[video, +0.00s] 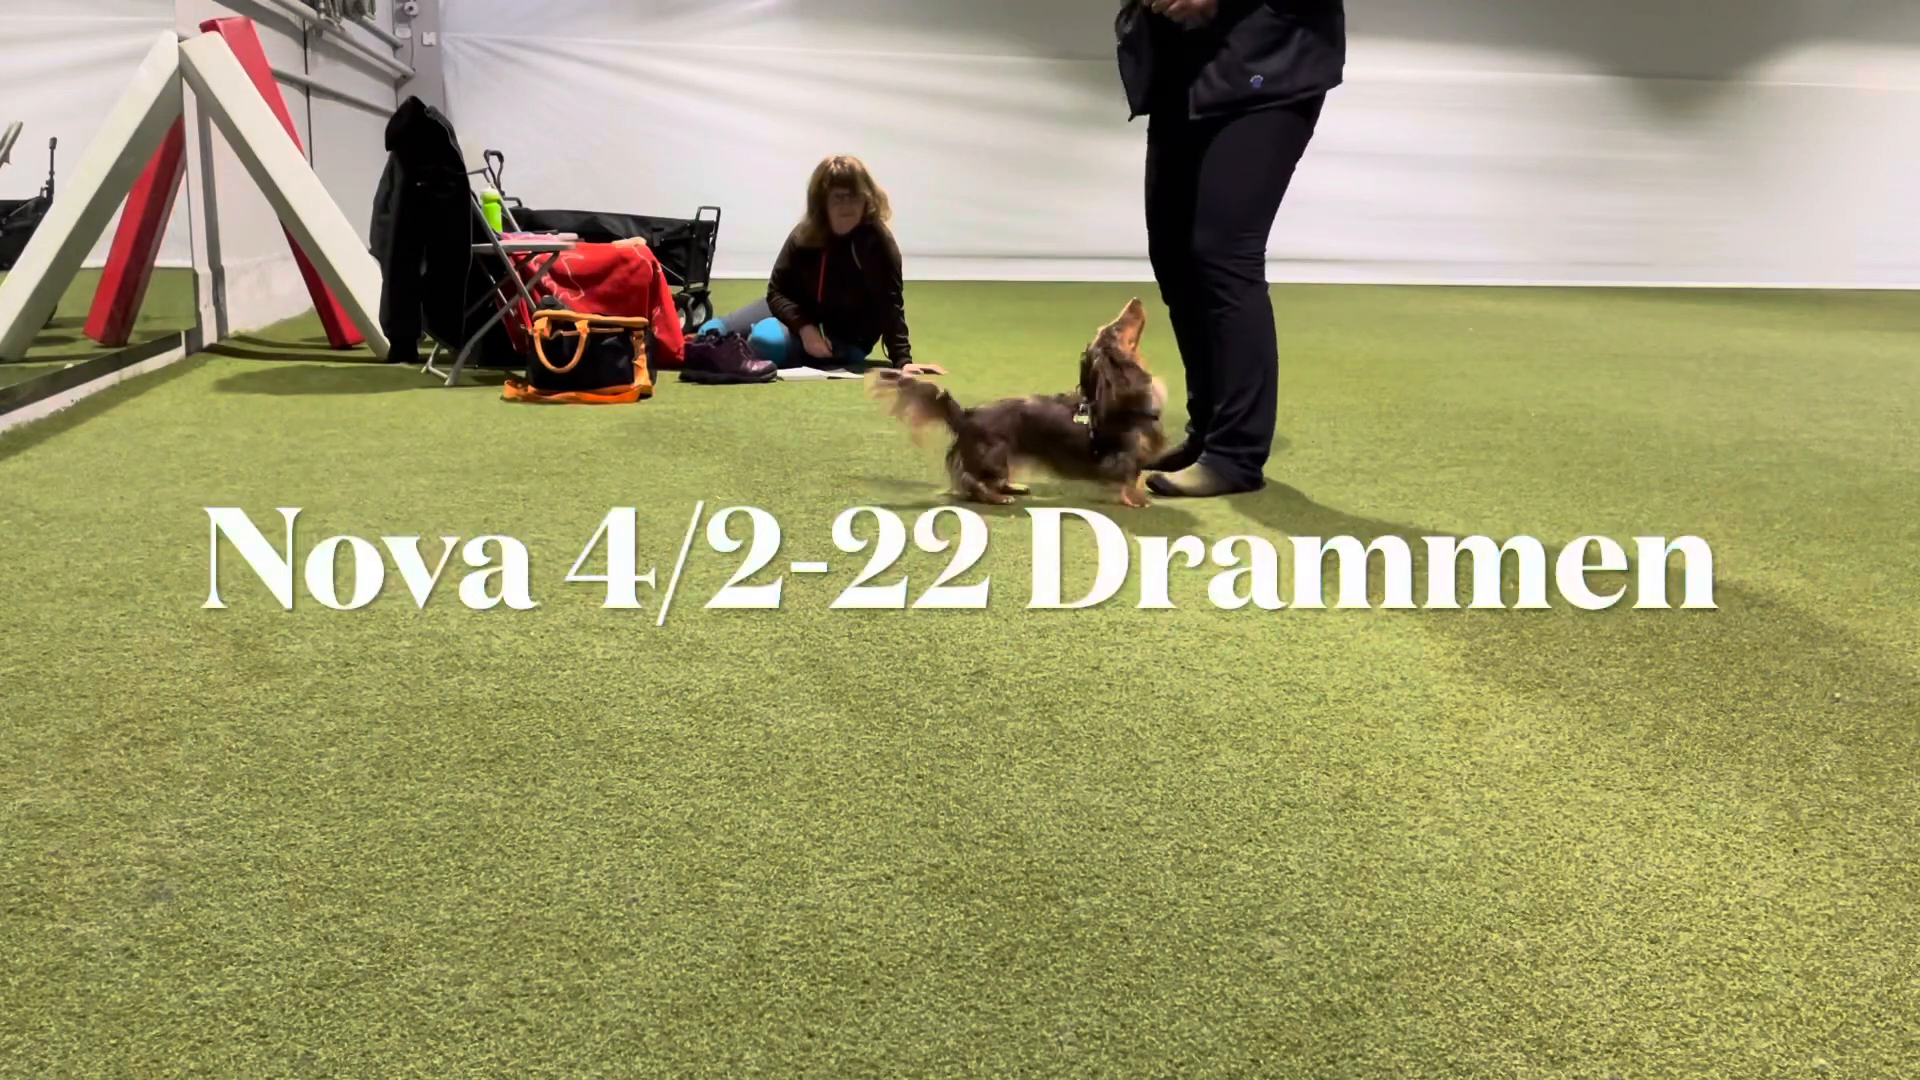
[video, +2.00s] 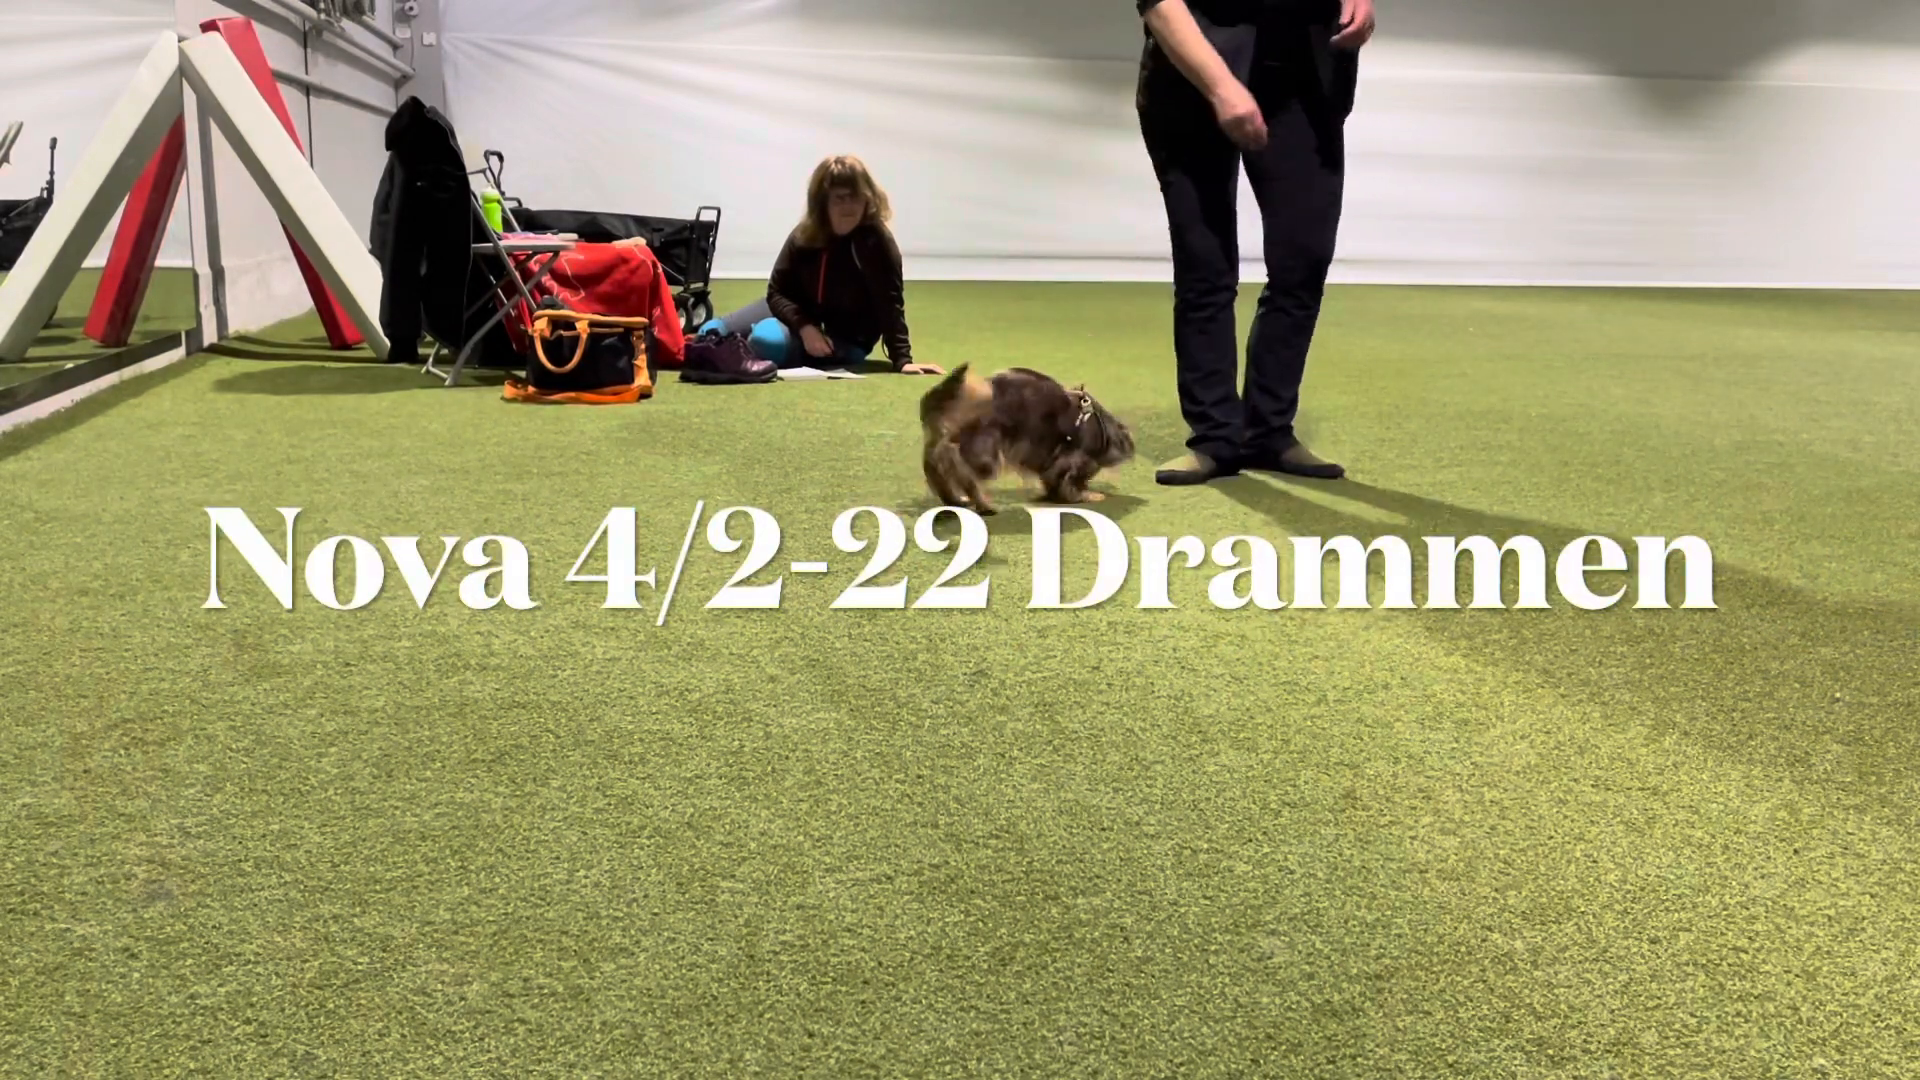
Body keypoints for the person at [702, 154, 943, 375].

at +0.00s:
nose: (846, 205)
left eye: (854, 196)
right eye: (838, 197)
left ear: (866, 201)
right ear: (822, 201)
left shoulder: (878, 242)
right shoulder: (804, 237)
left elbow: (891, 303)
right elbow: (778, 292)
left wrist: (903, 361)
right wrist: (804, 327)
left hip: (840, 338)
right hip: (794, 314)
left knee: (763, 337)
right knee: (714, 331)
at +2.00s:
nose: (848, 205)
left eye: (855, 196)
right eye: (839, 197)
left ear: (867, 200)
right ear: (822, 201)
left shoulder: (878, 242)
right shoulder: (804, 237)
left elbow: (891, 302)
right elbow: (777, 293)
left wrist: (903, 361)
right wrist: (804, 327)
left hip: (841, 338)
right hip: (794, 313)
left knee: (764, 338)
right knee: (712, 332)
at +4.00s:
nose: (848, 206)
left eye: (855, 197)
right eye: (839, 198)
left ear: (867, 200)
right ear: (823, 202)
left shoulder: (879, 243)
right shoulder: (804, 237)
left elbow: (892, 302)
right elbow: (777, 292)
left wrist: (902, 360)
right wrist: (804, 328)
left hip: (843, 337)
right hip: (796, 313)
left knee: (764, 337)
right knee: (715, 330)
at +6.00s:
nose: (847, 205)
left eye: (854, 197)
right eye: (838, 198)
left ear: (866, 200)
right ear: (822, 202)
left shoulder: (877, 242)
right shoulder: (804, 237)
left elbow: (891, 302)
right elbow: (777, 292)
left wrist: (902, 360)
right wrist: (804, 328)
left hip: (842, 337)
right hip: (796, 313)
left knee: (765, 336)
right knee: (711, 332)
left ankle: (731, 345)